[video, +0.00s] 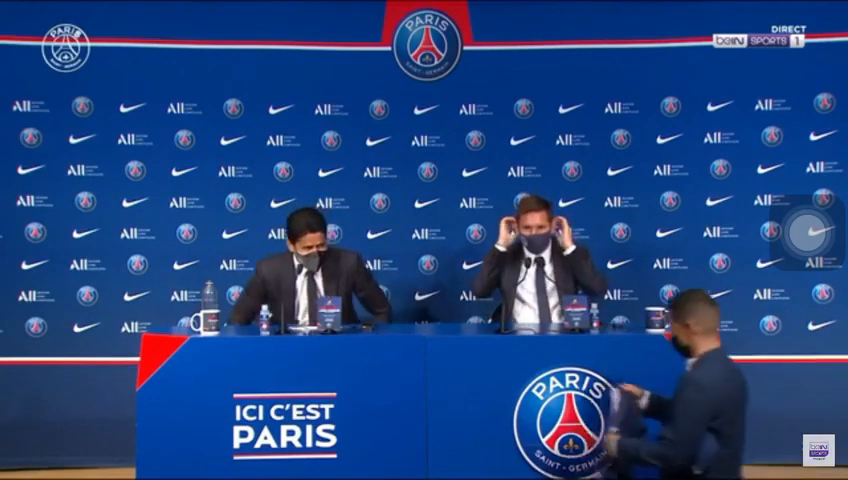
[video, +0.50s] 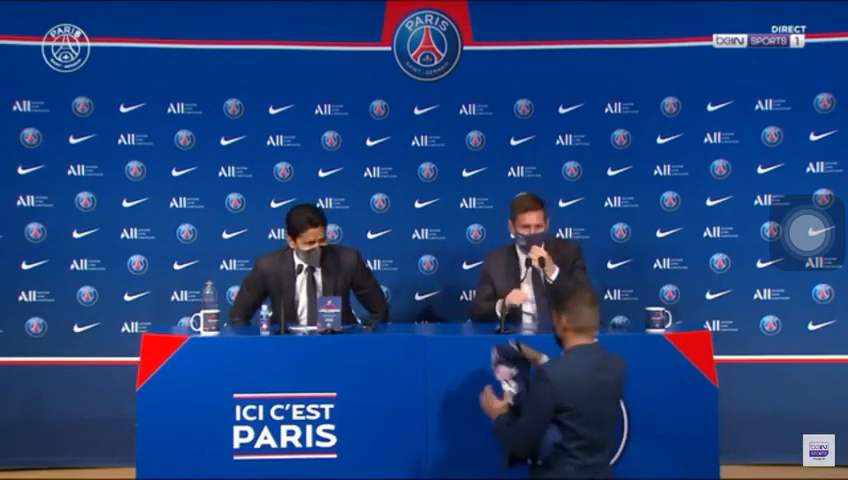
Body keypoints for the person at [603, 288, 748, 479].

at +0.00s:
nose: (672, 334)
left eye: (673, 326)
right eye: (672, 327)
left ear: (690, 328)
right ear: (715, 325)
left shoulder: (699, 380)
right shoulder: (728, 371)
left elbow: (674, 454)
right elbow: (693, 414)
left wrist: (620, 446)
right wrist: (645, 400)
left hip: (699, 474)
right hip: (724, 472)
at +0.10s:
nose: (639, 335)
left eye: (641, 328)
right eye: (639, 328)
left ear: (657, 329)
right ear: (682, 325)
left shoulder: (659, 382)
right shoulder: (699, 372)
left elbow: (633, 452)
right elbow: (661, 417)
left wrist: (585, 431)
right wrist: (615, 396)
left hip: (661, 474)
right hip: (689, 471)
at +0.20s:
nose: (620, 330)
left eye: (621, 324)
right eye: (620, 324)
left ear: (635, 327)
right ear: (663, 322)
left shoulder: (633, 379)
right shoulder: (681, 370)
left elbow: (602, 450)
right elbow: (647, 412)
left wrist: (568, 421)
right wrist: (598, 404)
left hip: (637, 473)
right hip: (671, 470)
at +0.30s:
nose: (594, 324)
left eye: (595, 318)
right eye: (594, 318)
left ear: (606, 321)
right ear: (636, 319)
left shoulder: (596, 374)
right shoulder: (657, 370)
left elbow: (568, 444)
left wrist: (544, 412)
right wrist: (571, 400)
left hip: (603, 470)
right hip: (641, 469)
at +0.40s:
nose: (577, 324)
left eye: (578, 319)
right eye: (577, 319)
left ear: (588, 321)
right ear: (621, 319)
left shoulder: (575, 373)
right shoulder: (640, 368)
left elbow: (545, 442)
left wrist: (527, 409)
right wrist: (559, 393)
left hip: (584, 470)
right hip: (623, 468)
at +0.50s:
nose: (553, 324)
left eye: (553, 319)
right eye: (552, 319)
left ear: (563, 323)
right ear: (596, 320)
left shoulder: (549, 376)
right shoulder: (616, 366)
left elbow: (520, 445)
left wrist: (498, 415)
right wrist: (541, 360)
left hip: (561, 471)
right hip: (601, 469)